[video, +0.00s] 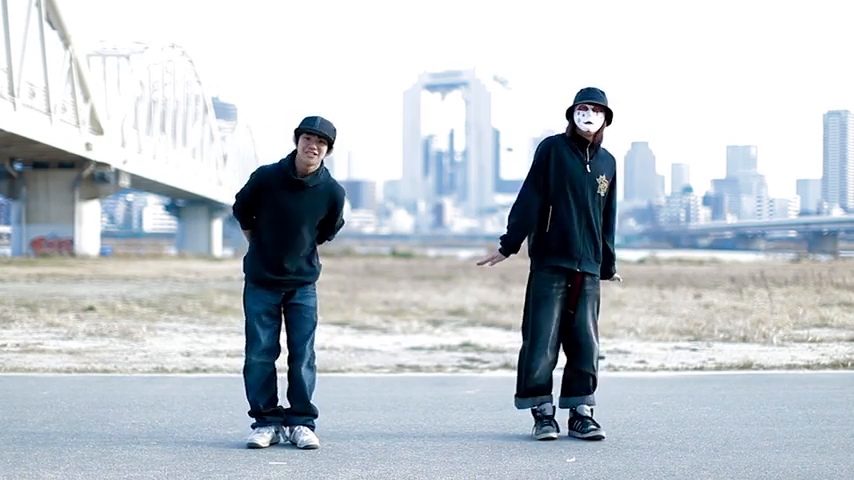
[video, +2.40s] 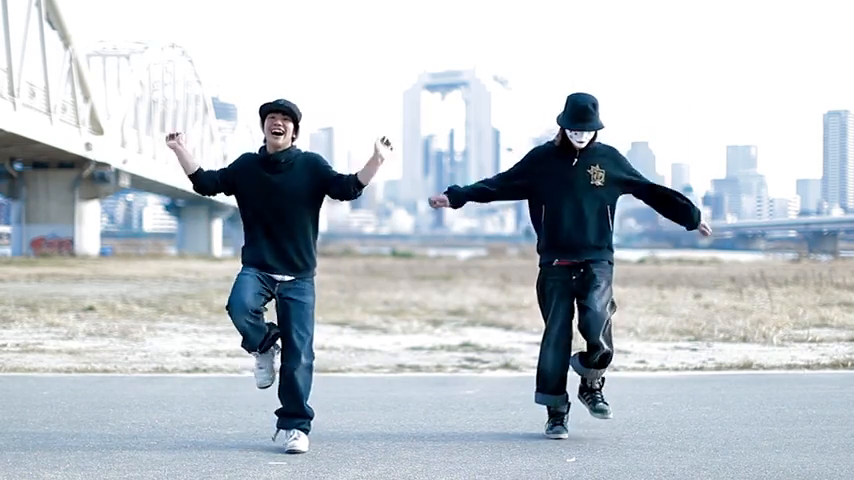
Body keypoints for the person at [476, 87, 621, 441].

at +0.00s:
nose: (588, 116)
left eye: (594, 111)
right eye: (582, 110)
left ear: (604, 119)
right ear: (572, 114)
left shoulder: (607, 161)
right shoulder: (552, 148)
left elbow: (607, 217)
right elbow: (530, 197)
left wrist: (608, 263)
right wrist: (507, 246)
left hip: (589, 260)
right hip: (550, 258)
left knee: (585, 337)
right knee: (543, 335)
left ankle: (581, 413)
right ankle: (543, 413)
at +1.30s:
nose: (570, 121)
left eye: (577, 115)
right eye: (564, 115)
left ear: (585, 123)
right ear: (554, 120)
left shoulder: (599, 165)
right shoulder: (537, 163)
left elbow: (608, 221)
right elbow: (530, 210)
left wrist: (608, 272)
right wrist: (535, 251)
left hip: (592, 249)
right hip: (553, 255)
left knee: (586, 287)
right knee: (553, 334)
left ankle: (588, 353)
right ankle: (554, 412)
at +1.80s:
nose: (577, 123)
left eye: (583, 118)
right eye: (571, 118)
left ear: (592, 124)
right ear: (560, 123)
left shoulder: (606, 164)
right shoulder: (542, 166)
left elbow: (626, 198)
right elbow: (527, 206)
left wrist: (646, 219)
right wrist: (520, 239)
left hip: (598, 259)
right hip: (559, 256)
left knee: (591, 335)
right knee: (586, 308)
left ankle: (584, 412)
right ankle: (561, 364)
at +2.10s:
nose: (575, 130)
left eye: (581, 124)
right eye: (569, 123)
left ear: (591, 127)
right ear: (559, 127)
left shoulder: (608, 166)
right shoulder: (541, 170)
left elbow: (651, 186)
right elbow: (511, 212)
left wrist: (619, 201)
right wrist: (538, 235)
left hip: (597, 271)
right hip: (557, 271)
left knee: (590, 344)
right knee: (557, 343)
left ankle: (585, 415)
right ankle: (556, 417)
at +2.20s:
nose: (574, 140)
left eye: (581, 134)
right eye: (569, 133)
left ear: (591, 133)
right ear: (559, 131)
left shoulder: (608, 166)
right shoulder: (543, 166)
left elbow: (649, 175)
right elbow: (503, 183)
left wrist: (630, 136)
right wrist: (534, 149)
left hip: (594, 265)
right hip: (552, 267)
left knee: (596, 326)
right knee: (555, 339)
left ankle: (586, 381)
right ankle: (554, 414)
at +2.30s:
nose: (577, 140)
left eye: (584, 135)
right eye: (571, 134)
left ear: (593, 133)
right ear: (560, 130)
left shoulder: (608, 161)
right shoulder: (538, 160)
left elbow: (650, 172)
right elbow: (498, 176)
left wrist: (686, 140)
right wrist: (481, 135)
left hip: (596, 258)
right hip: (554, 260)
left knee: (593, 312)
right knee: (555, 332)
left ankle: (590, 365)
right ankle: (555, 412)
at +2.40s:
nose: (580, 137)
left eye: (587, 131)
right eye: (575, 130)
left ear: (596, 129)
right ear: (563, 126)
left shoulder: (607, 159)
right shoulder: (541, 159)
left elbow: (648, 190)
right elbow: (501, 185)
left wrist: (691, 216)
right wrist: (455, 196)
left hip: (597, 257)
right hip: (555, 259)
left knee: (596, 323)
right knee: (556, 334)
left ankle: (592, 384)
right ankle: (556, 412)